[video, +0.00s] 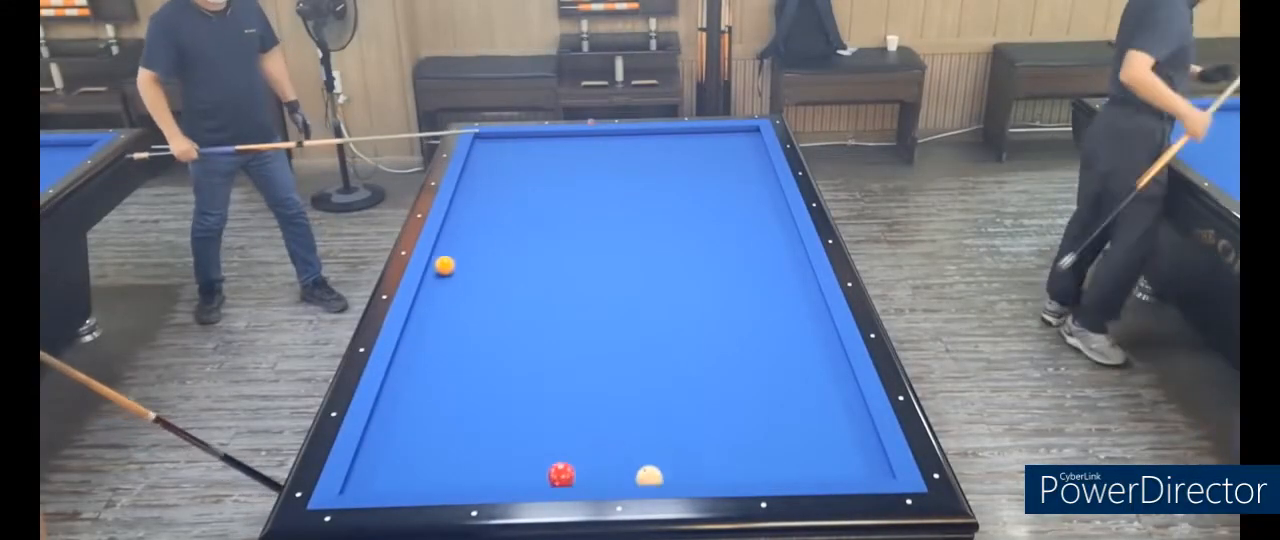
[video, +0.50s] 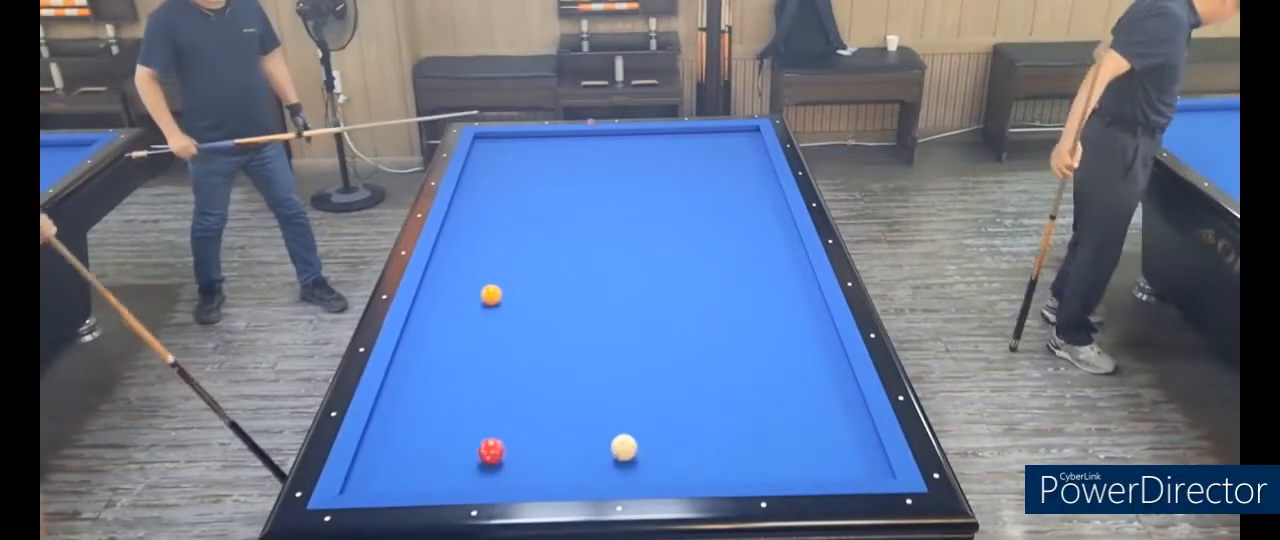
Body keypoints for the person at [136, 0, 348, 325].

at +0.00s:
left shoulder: (247, 7)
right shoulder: (168, 20)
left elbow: (270, 54)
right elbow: (147, 80)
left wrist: (293, 105)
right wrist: (175, 137)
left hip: (262, 136)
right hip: (210, 145)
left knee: (292, 209)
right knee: (209, 222)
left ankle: (313, 283)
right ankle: (210, 291)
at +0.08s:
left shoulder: (247, 7)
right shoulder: (168, 20)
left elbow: (270, 55)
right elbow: (146, 80)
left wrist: (294, 105)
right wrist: (175, 137)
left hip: (262, 137)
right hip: (210, 145)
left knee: (292, 209)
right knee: (209, 222)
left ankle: (313, 282)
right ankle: (210, 291)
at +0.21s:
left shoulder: (247, 7)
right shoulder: (167, 19)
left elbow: (270, 56)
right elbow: (146, 79)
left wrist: (294, 104)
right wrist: (175, 137)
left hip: (263, 137)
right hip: (210, 146)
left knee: (292, 209)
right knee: (209, 222)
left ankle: (313, 282)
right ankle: (210, 291)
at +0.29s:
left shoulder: (247, 7)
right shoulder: (167, 18)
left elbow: (271, 56)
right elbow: (145, 78)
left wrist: (295, 106)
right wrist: (175, 136)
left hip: (263, 138)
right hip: (210, 146)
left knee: (292, 209)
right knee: (209, 222)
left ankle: (313, 282)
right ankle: (210, 291)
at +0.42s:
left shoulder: (248, 7)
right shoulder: (167, 18)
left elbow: (271, 56)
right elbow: (145, 77)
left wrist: (295, 107)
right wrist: (174, 135)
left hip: (263, 136)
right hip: (210, 145)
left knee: (292, 209)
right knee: (209, 222)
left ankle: (313, 282)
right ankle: (210, 291)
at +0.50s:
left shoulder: (248, 7)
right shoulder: (166, 18)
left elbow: (271, 56)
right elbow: (144, 77)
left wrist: (295, 108)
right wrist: (174, 135)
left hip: (263, 137)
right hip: (210, 146)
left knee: (292, 210)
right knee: (209, 222)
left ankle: (313, 282)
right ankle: (209, 291)